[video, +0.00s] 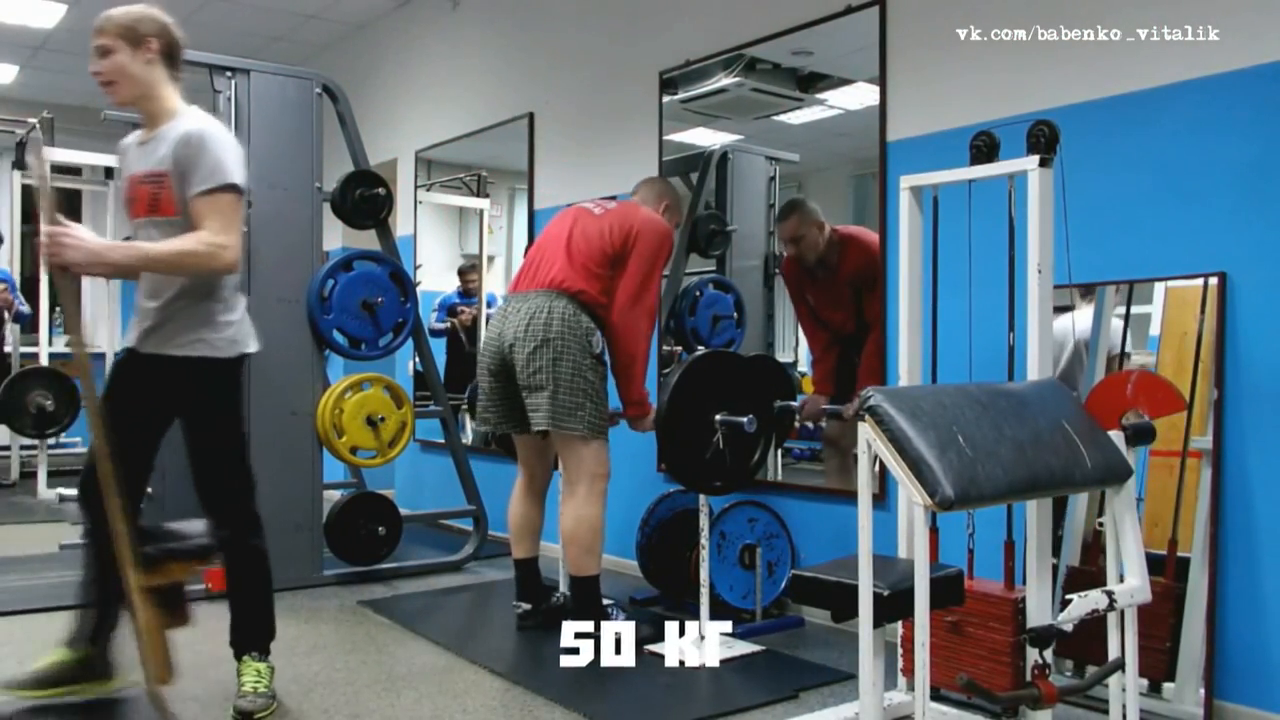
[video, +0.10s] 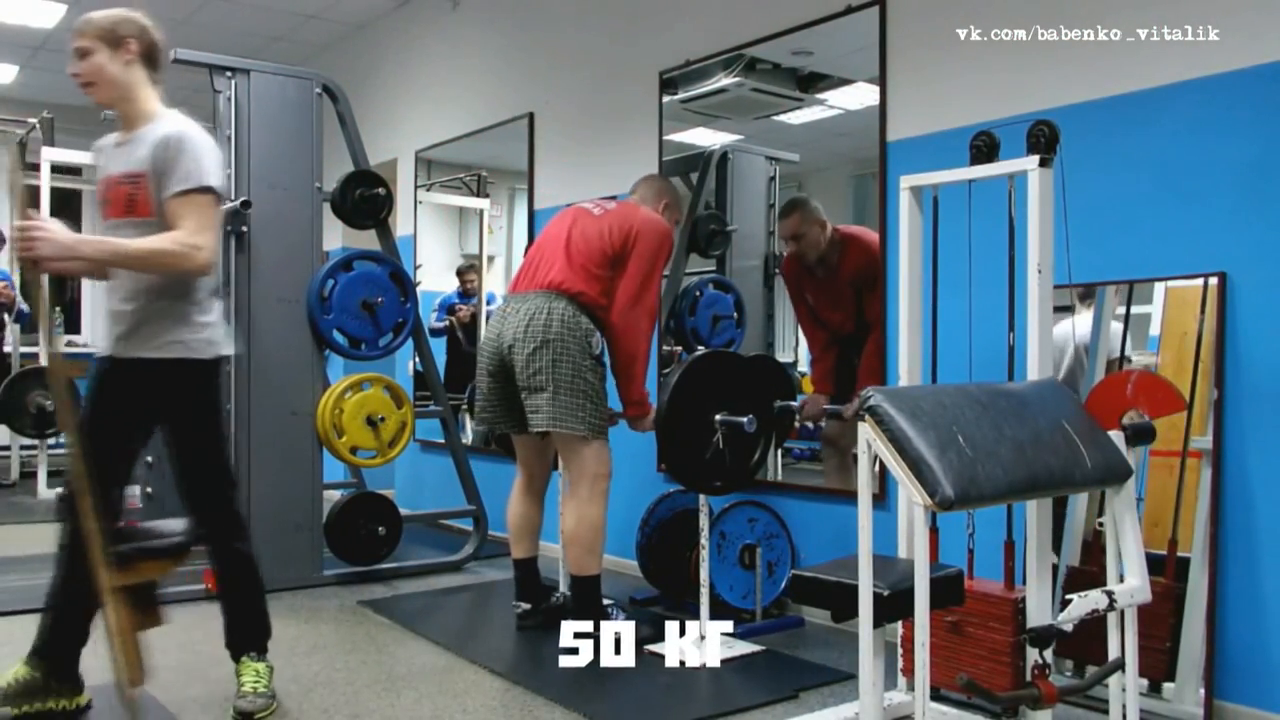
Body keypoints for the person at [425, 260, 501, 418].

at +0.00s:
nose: (470, 286)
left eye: (473, 281)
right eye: (466, 282)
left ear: (480, 280)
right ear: (460, 282)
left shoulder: (490, 298)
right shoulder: (447, 300)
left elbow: (500, 319)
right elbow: (433, 328)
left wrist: (479, 314)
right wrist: (456, 323)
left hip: (482, 362)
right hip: (456, 362)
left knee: (481, 407)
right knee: (451, 407)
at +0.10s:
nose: (468, 286)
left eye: (472, 281)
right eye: (464, 282)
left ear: (479, 280)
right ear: (459, 282)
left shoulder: (489, 298)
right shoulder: (447, 300)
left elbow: (499, 314)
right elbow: (433, 328)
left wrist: (474, 311)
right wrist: (455, 321)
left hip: (482, 362)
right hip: (456, 361)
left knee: (480, 407)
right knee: (451, 407)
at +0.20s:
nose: (467, 286)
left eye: (470, 282)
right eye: (463, 283)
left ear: (478, 280)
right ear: (458, 282)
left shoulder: (489, 298)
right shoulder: (447, 300)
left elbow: (498, 317)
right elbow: (433, 329)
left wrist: (470, 311)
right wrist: (453, 320)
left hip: (482, 361)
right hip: (456, 361)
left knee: (480, 407)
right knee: (450, 407)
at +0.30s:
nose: (465, 286)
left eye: (469, 282)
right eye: (462, 283)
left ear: (478, 280)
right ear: (457, 283)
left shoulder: (490, 298)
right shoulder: (447, 300)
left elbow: (496, 317)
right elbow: (433, 329)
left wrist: (468, 311)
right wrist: (450, 319)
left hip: (482, 359)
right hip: (457, 359)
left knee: (480, 405)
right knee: (450, 406)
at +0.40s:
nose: (464, 287)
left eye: (467, 282)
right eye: (460, 283)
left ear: (477, 280)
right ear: (456, 282)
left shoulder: (488, 296)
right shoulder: (448, 300)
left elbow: (494, 311)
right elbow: (432, 330)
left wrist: (467, 309)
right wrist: (449, 318)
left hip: (480, 359)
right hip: (456, 359)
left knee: (479, 406)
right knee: (451, 406)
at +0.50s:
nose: (463, 287)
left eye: (467, 282)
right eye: (460, 283)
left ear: (476, 280)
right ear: (456, 283)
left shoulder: (488, 296)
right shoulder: (448, 300)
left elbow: (494, 311)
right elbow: (432, 329)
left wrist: (466, 308)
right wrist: (449, 319)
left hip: (480, 360)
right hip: (456, 359)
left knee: (479, 404)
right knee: (451, 404)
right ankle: (452, 447)